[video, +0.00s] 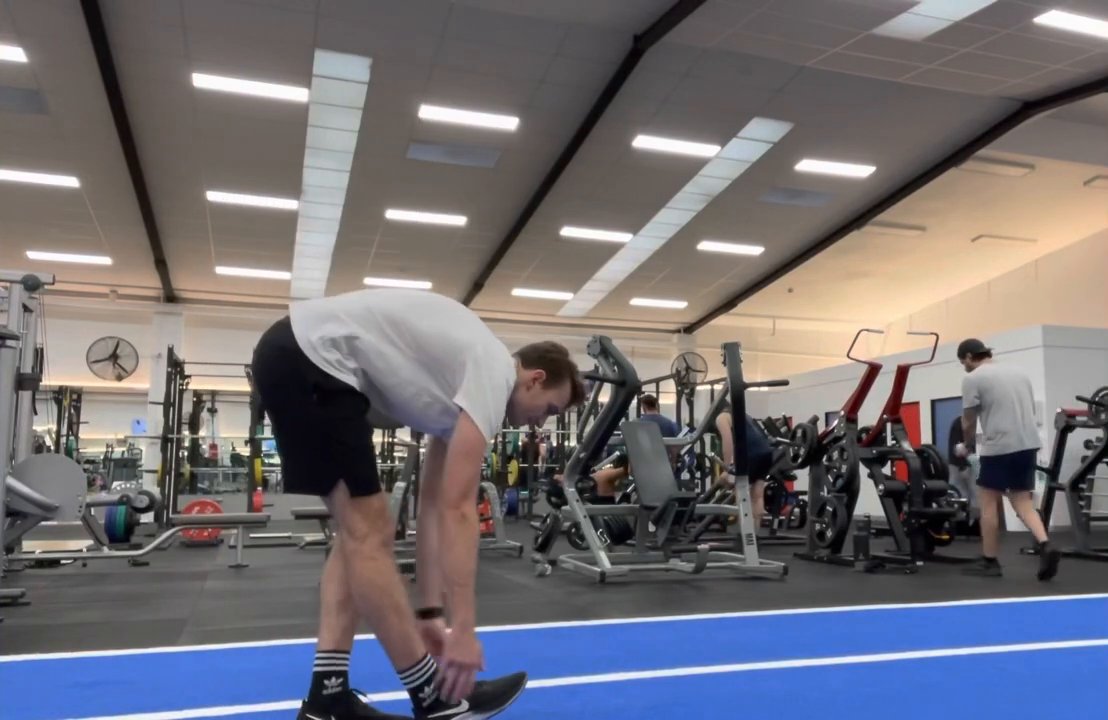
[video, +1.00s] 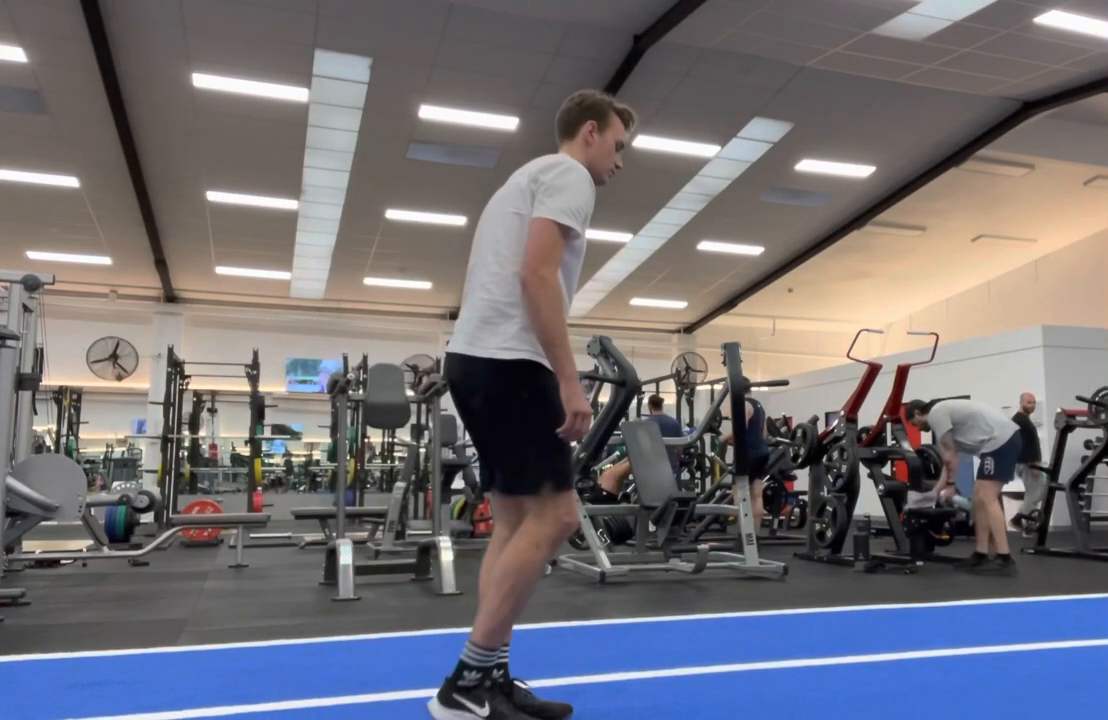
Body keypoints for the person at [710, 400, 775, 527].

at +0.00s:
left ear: (715, 410)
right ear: (727, 405)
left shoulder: (722, 417)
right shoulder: (742, 414)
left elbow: (728, 442)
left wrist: (727, 468)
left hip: (748, 457)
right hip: (765, 454)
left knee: (743, 496)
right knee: (758, 496)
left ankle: (745, 532)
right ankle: (755, 532)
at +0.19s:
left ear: (721, 403)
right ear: (736, 399)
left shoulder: (726, 413)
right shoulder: (746, 412)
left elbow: (729, 440)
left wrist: (728, 465)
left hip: (746, 459)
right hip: (764, 455)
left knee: (740, 496)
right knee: (758, 497)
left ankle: (744, 532)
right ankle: (754, 533)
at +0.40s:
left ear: (725, 398)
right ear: (740, 394)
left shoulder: (729, 409)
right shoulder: (749, 409)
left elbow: (730, 437)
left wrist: (728, 460)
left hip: (745, 457)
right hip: (763, 455)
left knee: (740, 495)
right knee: (758, 496)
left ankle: (743, 531)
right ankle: (755, 532)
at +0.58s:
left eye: (725, 389)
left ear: (728, 391)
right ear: (742, 389)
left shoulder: (729, 406)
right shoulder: (751, 406)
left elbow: (731, 434)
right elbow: (757, 432)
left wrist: (726, 453)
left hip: (744, 456)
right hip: (762, 453)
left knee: (739, 494)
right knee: (757, 496)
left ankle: (743, 533)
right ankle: (755, 535)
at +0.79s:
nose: (730, 392)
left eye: (730, 389)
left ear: (734, 390)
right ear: (747, 388)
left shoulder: (741, 405)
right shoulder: (756, 405)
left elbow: (736, 430)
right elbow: (763, 433)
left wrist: (725, 443)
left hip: (745, 455)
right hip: (761, 453)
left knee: (738, 492)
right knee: (757, 496)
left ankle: (743, 532)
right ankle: (755, 534)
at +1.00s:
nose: (729, 392)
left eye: (730, 388)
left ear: (735, 388)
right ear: (748, 387)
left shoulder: (744, 405)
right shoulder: (758, 405)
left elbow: (739, 429)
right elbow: (764, 434)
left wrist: (724, 438)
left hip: (746, 454)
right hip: (761, 453)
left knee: (738, 493)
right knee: (757, 496)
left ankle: (744, 534)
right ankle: (755, 535)